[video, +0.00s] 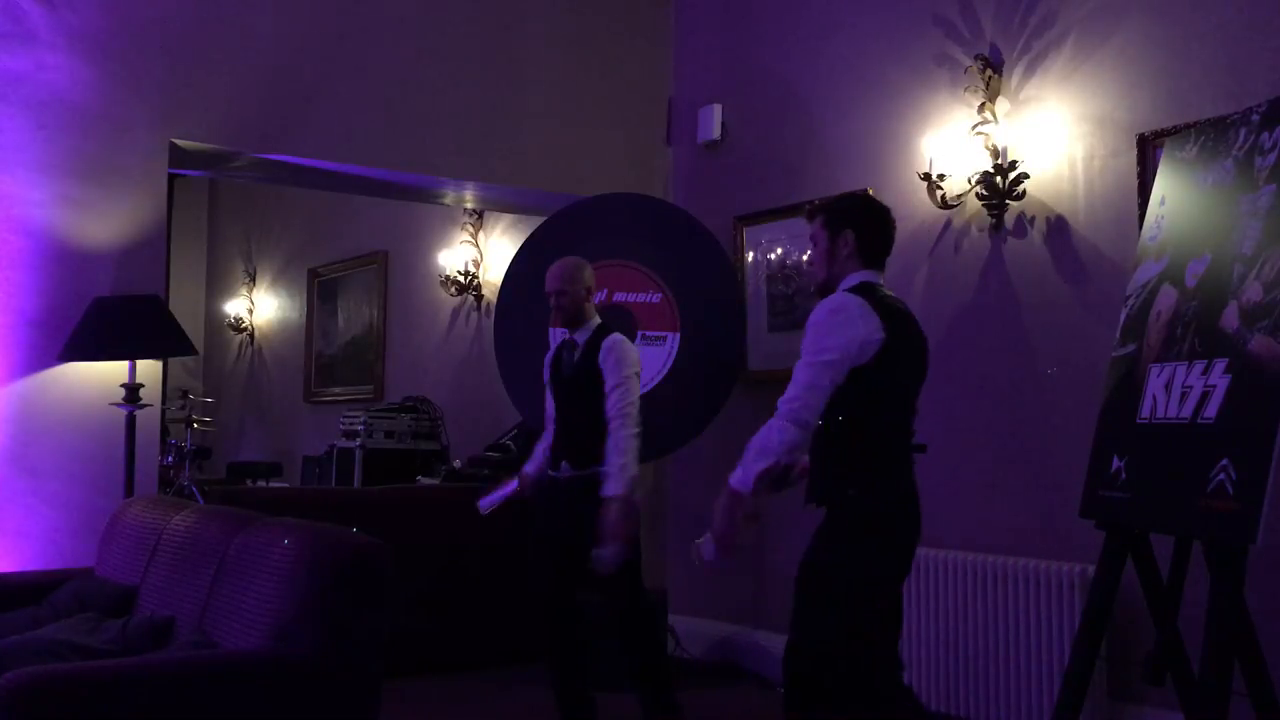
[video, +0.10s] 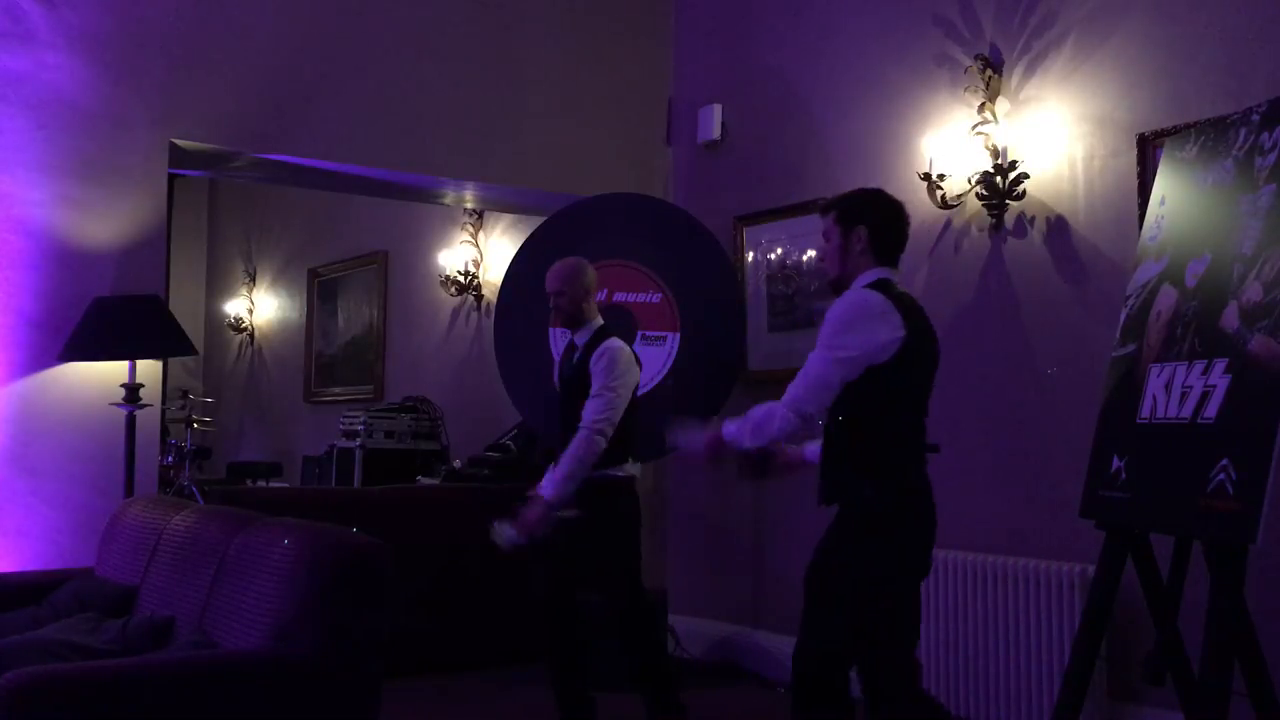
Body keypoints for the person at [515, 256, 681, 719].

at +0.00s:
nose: (555, 304)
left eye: (563, 295)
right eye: (550, 296)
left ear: (589, 293)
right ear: (549, 297)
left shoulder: (616, 348)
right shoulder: (556, 353)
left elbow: (624, 427)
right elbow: (553, 429)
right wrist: (523, 480)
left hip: (604, 490)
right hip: (562, 491)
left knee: (620, 599)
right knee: (563, 600)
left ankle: (653, 700)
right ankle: (574, 701)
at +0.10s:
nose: (554, 305)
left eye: (562, 297)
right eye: (550, 297)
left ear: (590, 295)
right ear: (554, 297)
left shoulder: (614, 353)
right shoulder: (568, 349)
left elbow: (593, 435)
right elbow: (564, 421)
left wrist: (545, 496)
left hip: (609, 493)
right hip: (572, 489)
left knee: (620, 604)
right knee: (569, 605)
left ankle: (657, 702)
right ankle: (575, 702)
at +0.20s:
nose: (559, 303)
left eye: (566, 295)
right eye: (557, 295)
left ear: (593, 296)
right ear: (574, 297)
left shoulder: (616, 353)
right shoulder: (583, 348)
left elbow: (584, 429)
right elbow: (570, 423)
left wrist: (512, 457)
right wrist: (518, 458)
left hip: (609, 495)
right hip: (579, 492)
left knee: (613, 605)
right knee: (574, 604)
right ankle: (577, 701)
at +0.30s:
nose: (571, 298)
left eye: (578, 290)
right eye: (570, 290)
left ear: (602, 293)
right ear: (591, 291)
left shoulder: (625, 351)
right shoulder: (594, 345)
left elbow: (578, 418)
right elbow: (578, 415)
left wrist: (506, 401)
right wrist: (511, 407)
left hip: (613, 495)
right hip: (586, 492)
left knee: (614, 604)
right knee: (582, 603)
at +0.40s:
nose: (583, 292)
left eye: (593, 284)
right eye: (583, 283)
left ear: (618, 291)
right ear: (592, 288)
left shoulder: (638, 350)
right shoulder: (589, 347)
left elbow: (582, 404)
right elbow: (554, 410)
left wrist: (521, 358)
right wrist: (507, 362)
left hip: (617, 494)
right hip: (579, 491)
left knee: (621, 605)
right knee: (576, 605)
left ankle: (657, 704)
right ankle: (577, 702)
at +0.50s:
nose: (597, 289)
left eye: (607, 281)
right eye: (597, 280)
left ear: (631, 290)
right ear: (597, 285)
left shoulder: (650, 349)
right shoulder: (588, 341)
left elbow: (602, 400)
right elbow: (537, 385)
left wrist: (558, 338)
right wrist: (515, 329)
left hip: (624, 491)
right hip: (578, 487)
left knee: (629, 602)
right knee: (571, 602)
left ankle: (659, 705)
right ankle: (575, 702)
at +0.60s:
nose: (608, 290)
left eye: (620, 283)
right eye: (606, 280)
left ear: (645, 292)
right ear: (601, 284)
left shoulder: (661, 349)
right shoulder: (593, 337)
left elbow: (630, 407)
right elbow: (541, 374)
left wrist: (609, 341)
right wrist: (534, 298)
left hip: (630, 490)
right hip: (578, 486)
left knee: (639, 605)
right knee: (572, 604)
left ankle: (663, 708)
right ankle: (575, 704)